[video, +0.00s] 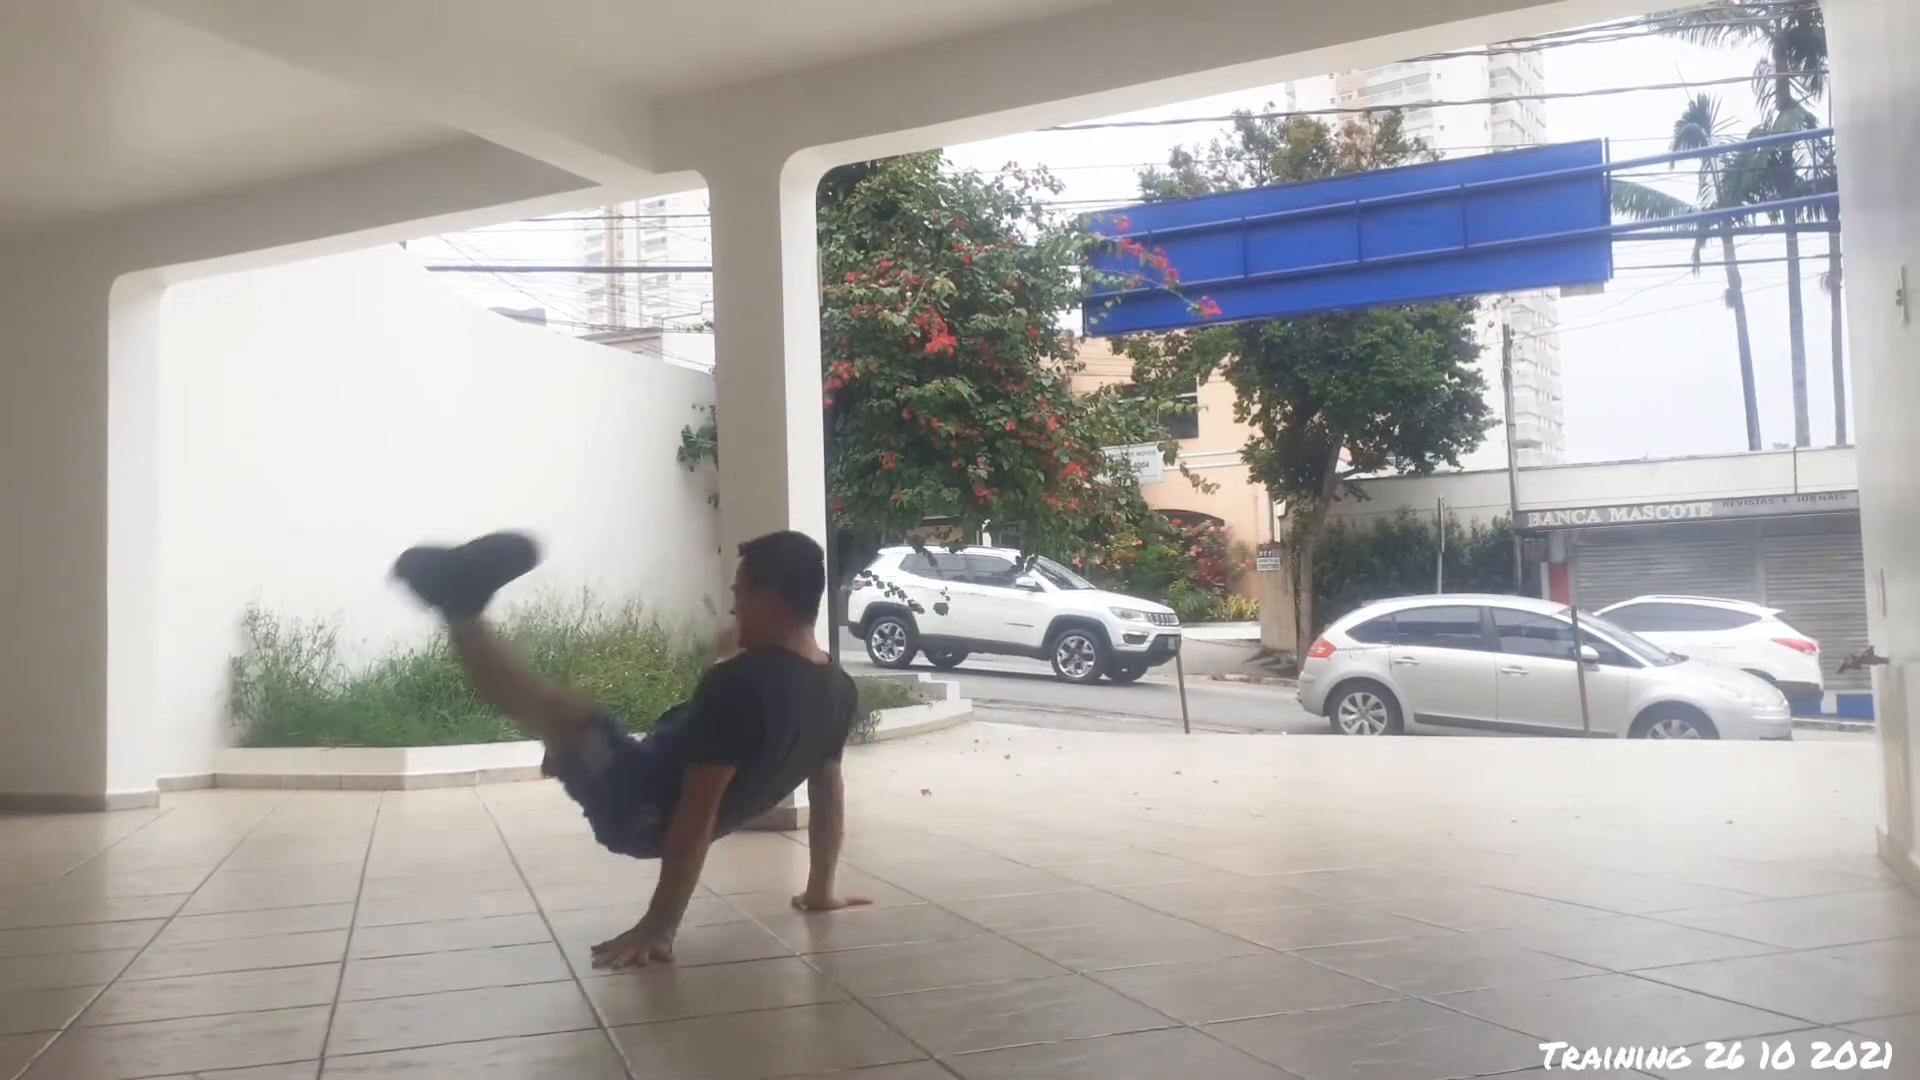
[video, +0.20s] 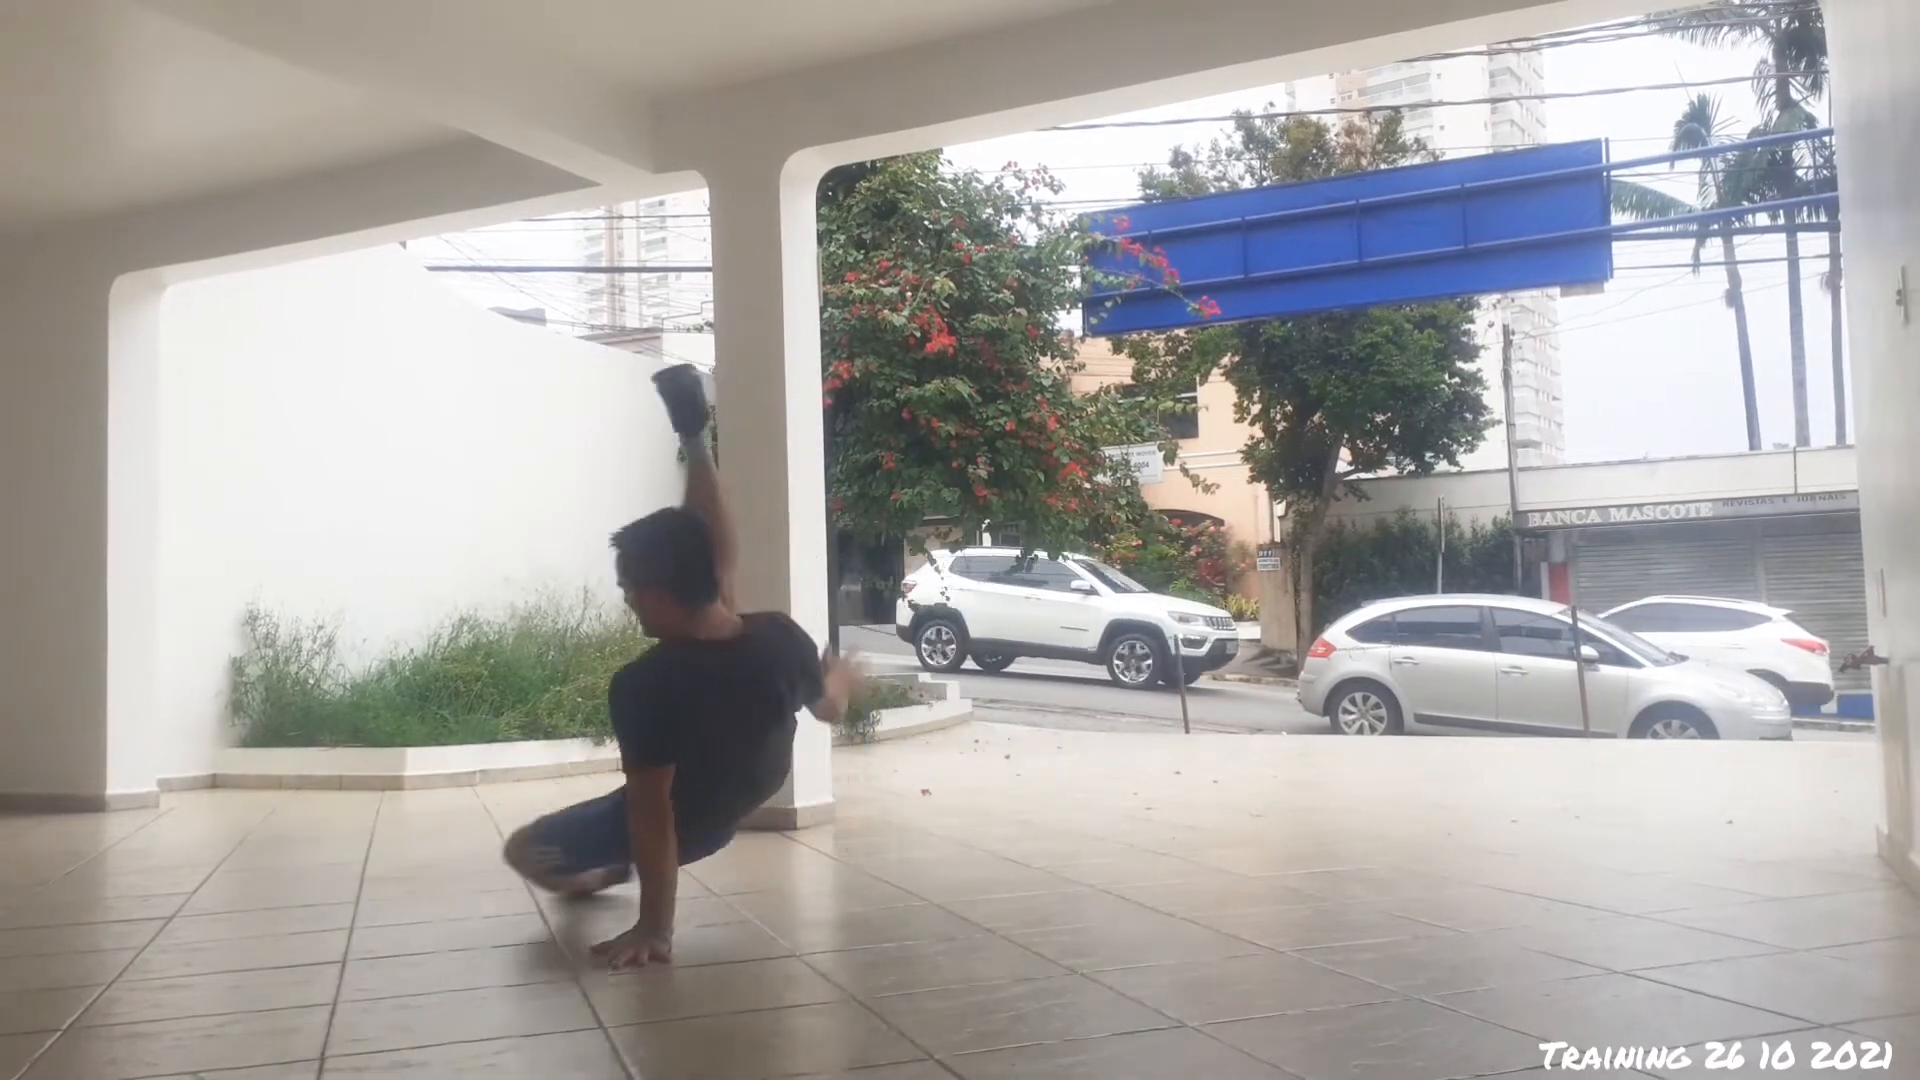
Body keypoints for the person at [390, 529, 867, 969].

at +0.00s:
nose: (733, 604)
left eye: (741, 589)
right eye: (736, 589)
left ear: (771, 597)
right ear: (806, 600)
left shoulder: (740, 682)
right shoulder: (836, 688)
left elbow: (697, 814)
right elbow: (827, 794)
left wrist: (657, 926)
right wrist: (820, 891)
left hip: (639, 810)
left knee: (566, 714)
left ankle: (463, 608)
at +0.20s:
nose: (627, 600)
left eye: (629, 587)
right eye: (625, 586)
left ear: (655, 596)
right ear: (710, 581)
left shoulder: (642, 684)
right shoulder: (777, 637)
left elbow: (652, 817)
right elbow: (830, 706)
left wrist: (655, 930)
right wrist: (841, 675)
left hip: (670, 827)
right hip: (746, 799)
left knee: (523, 848)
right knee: (715, 565)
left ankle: (592, 879)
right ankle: (696, 438)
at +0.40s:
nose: (472, 659)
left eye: (464, 646)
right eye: (461, 647)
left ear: (484, 632)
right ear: (514, 582)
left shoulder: (553, 703)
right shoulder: (607, 578)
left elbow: (624, 816)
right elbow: (707, 587)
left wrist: (652, 931)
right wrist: (685, 571)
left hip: (772, 761)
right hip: (795, 672)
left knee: (775, 878)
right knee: (775, 567)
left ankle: (928, 886)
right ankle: (777, 463)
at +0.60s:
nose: (468, 734)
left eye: (460, 718)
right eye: (457, 724)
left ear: (489, 691)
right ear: (501, 675)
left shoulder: (553, 703)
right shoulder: (588, 673)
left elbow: (627, 806)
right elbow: (661, 784)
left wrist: (649, 924)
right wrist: (677, 889)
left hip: (729, 620)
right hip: (755, 570)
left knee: (760, 785)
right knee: (880, 571)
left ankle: (887, 865)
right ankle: (978, 553)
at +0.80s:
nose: (491, 719)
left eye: (485, 703)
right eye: (484, 709)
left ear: (506, 677)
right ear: (525, 681)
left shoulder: (554, 675)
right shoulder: (625, 700)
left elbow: (584, 772)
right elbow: (677, 785)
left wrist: (608, 884)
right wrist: (672, 885)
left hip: (732, 570)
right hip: (784, 622)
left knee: (604, 557)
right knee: (880, 746)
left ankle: (460, 494)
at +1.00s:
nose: (545, 639)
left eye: (546, 620)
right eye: (541, 624)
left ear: (576, 601)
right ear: (581, 612)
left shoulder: (628, 608)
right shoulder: (637, 682)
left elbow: (593, 546)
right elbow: (684, 785)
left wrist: (512, 534)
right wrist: (676, 890)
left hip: (724, 656)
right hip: (739, 753)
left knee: (581, 527)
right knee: (594, 866)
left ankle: (460, 416)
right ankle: (484, 951)